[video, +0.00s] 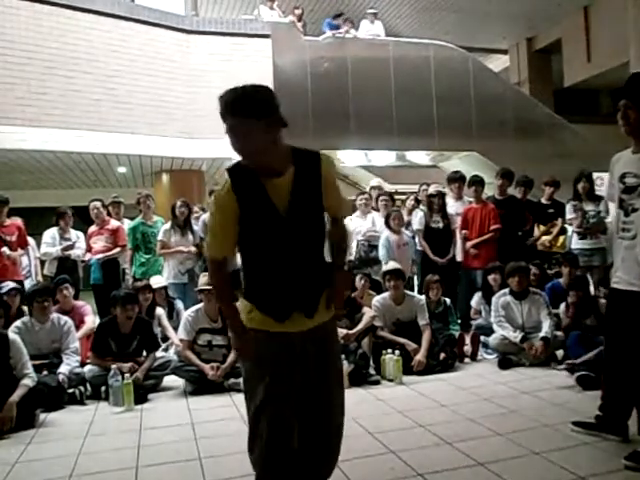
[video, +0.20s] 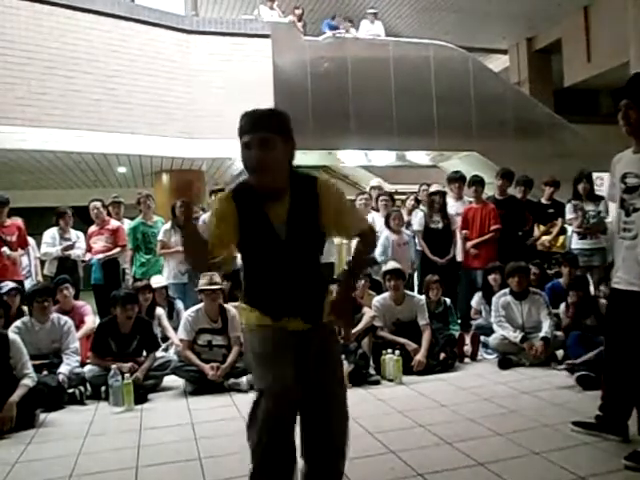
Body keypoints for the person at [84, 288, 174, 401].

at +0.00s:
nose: (130, 311)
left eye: (133, 306)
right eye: (125, 307)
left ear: (138, 308)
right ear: (114, 310)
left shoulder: (144, 324)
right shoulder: (104, 327)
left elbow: (153, 352)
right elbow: (94, 359)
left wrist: (141, 372)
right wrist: (119, 366)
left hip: (137, 365)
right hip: (112, 367)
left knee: (168, 361)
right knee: (89, 372)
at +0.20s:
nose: (130, 310)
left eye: (133, 306)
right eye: (124, 307)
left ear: (137, 308)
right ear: (114, 310)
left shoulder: (143, 324)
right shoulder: (104, 327)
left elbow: (153, 352)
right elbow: (94, 359)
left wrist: (141, 372)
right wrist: (119, 366)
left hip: (137, 365)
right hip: (112, 367)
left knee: (168, 361)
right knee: (89, 372)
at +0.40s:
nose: (129, 311)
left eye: (133, 306)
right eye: (124, 307)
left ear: (137, 308)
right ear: (114, 310)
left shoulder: (144, 324)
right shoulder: (104, 327)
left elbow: (153, 352)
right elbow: (94, 358)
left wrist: (141, 372)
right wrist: (120, 366)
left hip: (137, 365)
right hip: (112, 367)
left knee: (168, 361)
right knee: (89, 372)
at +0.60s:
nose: (129, 311)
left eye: (132, 306)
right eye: (124, 307)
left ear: (137, 308)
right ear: (114, 310)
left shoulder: (144, 324)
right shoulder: (104, 327)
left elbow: (153, 352)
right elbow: (94, 358)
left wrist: (141, 372)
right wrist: (120, 366)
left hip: (137, 365)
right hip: (112, 367)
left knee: (168, 361)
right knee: (89, 372)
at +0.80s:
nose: (129, 311)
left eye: (133, 306)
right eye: (124, 307)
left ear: (137, 308)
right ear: (114, 310)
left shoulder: (144, 324)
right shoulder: (104, 327)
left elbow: (153, 352)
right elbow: (94, 359)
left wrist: (141, 372)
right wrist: (119, 366)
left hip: (137, 365)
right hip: (112, 367)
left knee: (168, 361)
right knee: (89, 372)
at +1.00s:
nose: (129, 311)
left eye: (133, 306)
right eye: (124, 307)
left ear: (137, 308)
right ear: (114, 310)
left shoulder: (144, 324)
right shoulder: (104, 327)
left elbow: (153, 352)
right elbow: (94, 359)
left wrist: (141, 372)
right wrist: (120, 366)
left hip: (137, 365)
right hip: (112, 367)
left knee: (168, 361)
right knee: (89, 372)